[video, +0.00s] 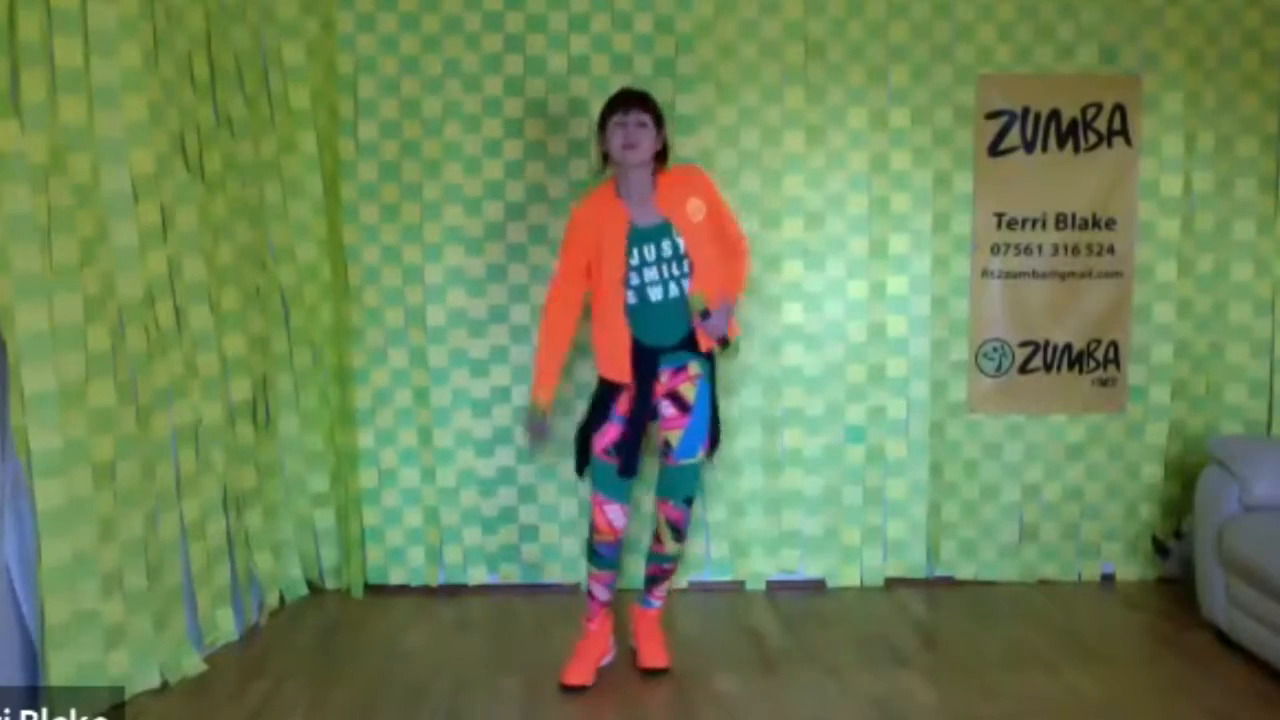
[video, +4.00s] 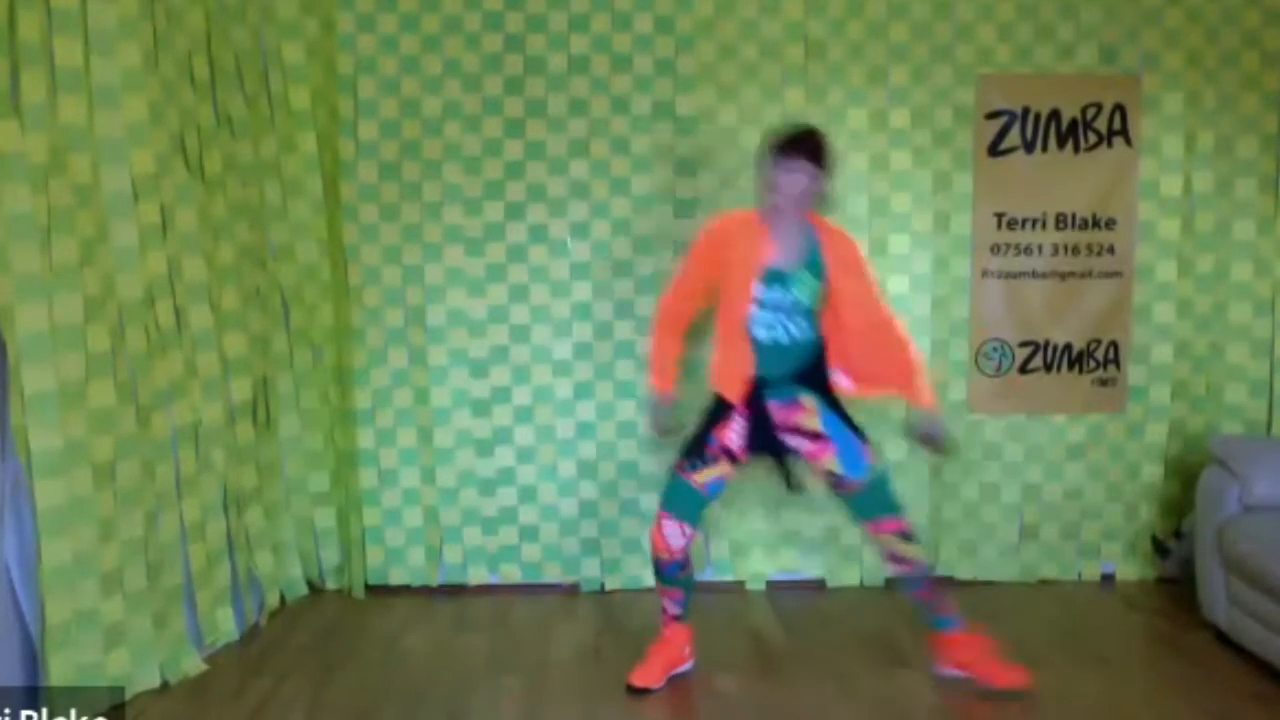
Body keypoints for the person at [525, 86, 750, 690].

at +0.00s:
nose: (630, 135)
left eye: (641, 126)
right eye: (619, 127)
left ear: (660, 138)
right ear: (604, 142)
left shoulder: (692, 186)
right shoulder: (591, 213)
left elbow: (733, 249)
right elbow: (563, 303)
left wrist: (725, 305)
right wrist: (542, 394)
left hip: (689, 364)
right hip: (622, 370)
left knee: (677, 500)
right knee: (607, 501)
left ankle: (649, 615)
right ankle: (597, 625)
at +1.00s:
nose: (741, 202)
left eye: (754, 192)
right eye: (734, 190)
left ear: (771, 201)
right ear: (721, 194)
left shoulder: (786, 260)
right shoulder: (687, 250)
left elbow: (840, 331)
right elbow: (630, 311)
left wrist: (889, 402)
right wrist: (616, 380)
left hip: (754, 409)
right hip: (685, 409)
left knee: (838, 510)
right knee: (626, 512)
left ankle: (880, 629)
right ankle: (589, 632)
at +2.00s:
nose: (464, 229)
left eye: (474, 216)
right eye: (452, 220)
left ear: (496, 224)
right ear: (439, 236)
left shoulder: (540, 260)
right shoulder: (442, 312)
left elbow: (616, 244)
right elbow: (387, 392)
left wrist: (622, 312)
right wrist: (324, 465)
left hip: (577, 439)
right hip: (501, 452)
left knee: (679, 534)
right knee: (401, 535)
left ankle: (661, 635)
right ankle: (405, 643)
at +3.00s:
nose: (686, 152)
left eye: (697, 141)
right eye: (674, 142)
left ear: (717, 149)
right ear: (660, 155)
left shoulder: (754, 201)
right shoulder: (650, 228)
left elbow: (789, 284)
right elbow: (636, 317)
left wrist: (810, 369)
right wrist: (638, 404)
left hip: (765, 369)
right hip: (695, 378)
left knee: (803, 502)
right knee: (679, 513)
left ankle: (766, 606)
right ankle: (680, 634)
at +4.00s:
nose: (786, 188)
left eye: (800, 178)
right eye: (779, 175)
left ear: (819, 187)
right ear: (763, 178)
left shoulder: (834, 247)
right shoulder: (726, 237)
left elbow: (877, 325)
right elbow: (674, 310)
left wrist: (920, 399)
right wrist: (663, 387)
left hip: (809, 401)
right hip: (738, 401)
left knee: (881, 514)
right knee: (674, 515)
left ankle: (952, 640)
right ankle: (673, 639)